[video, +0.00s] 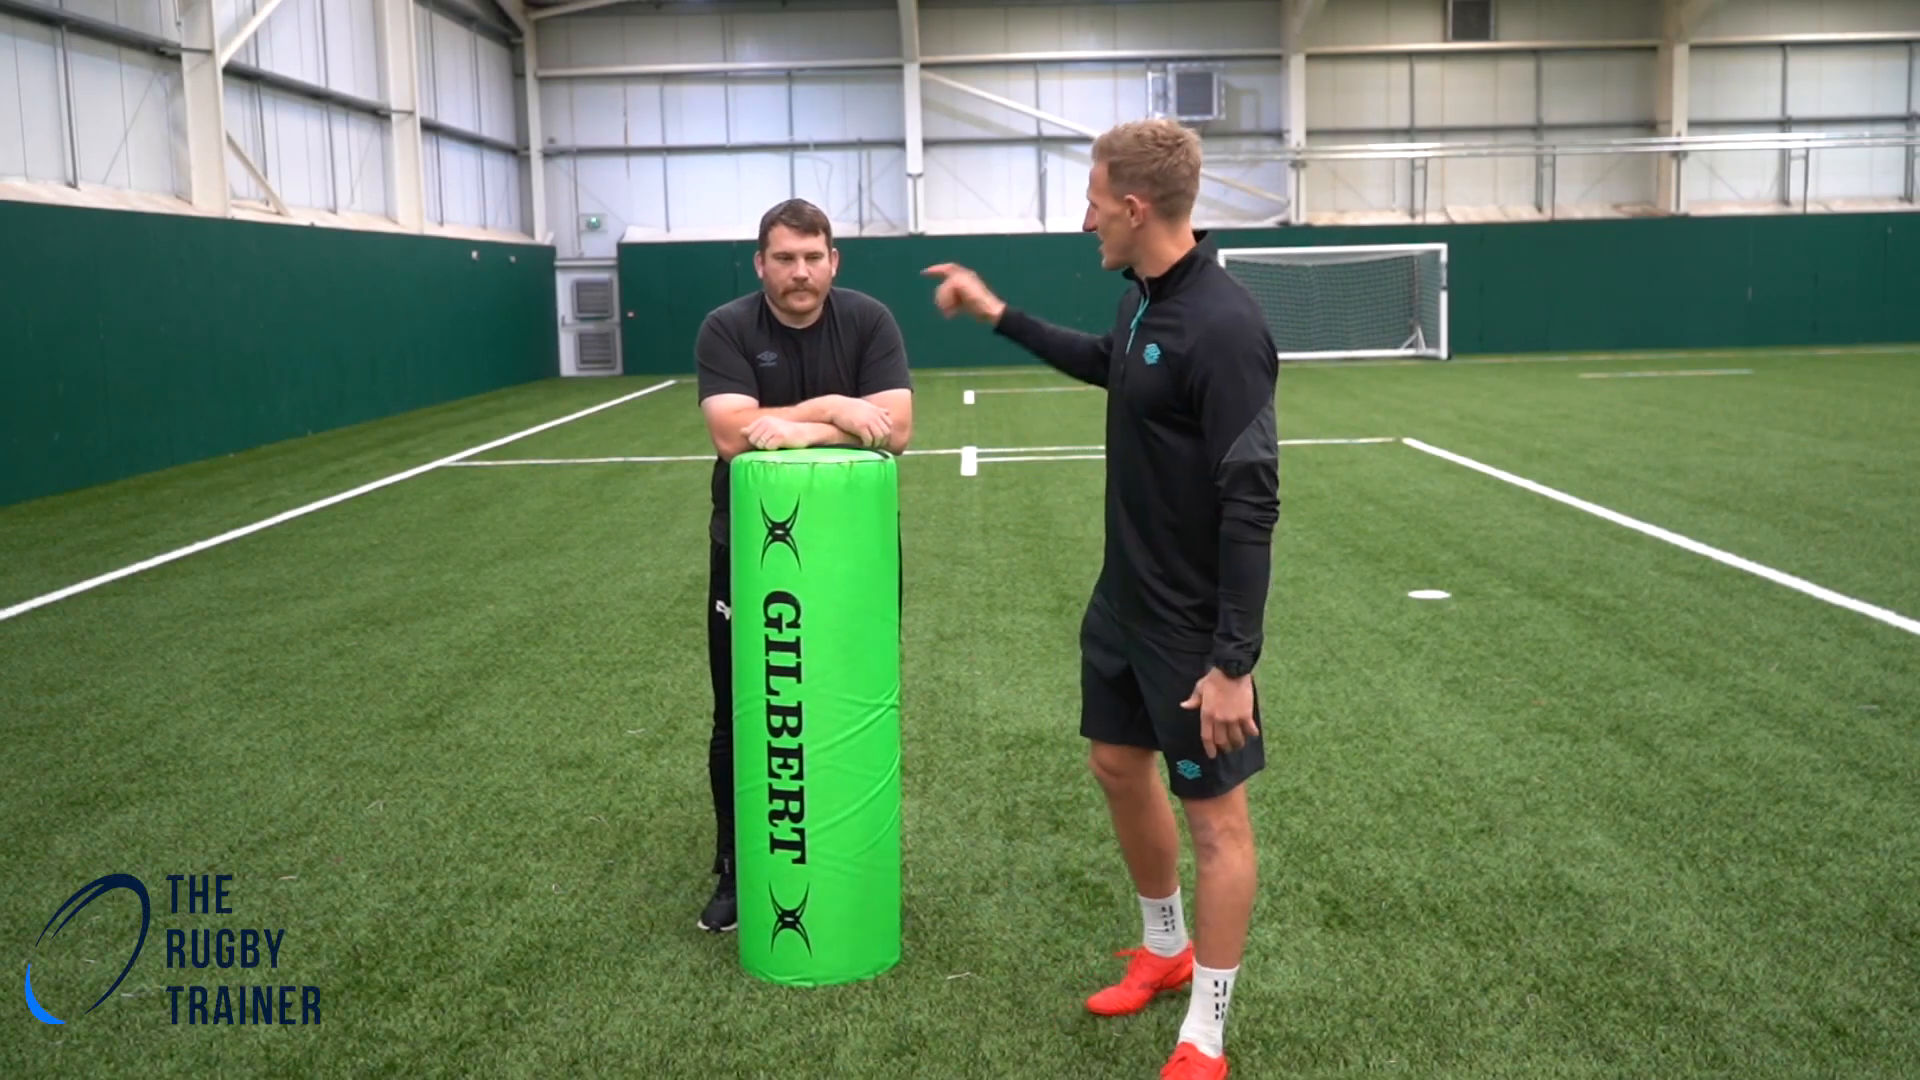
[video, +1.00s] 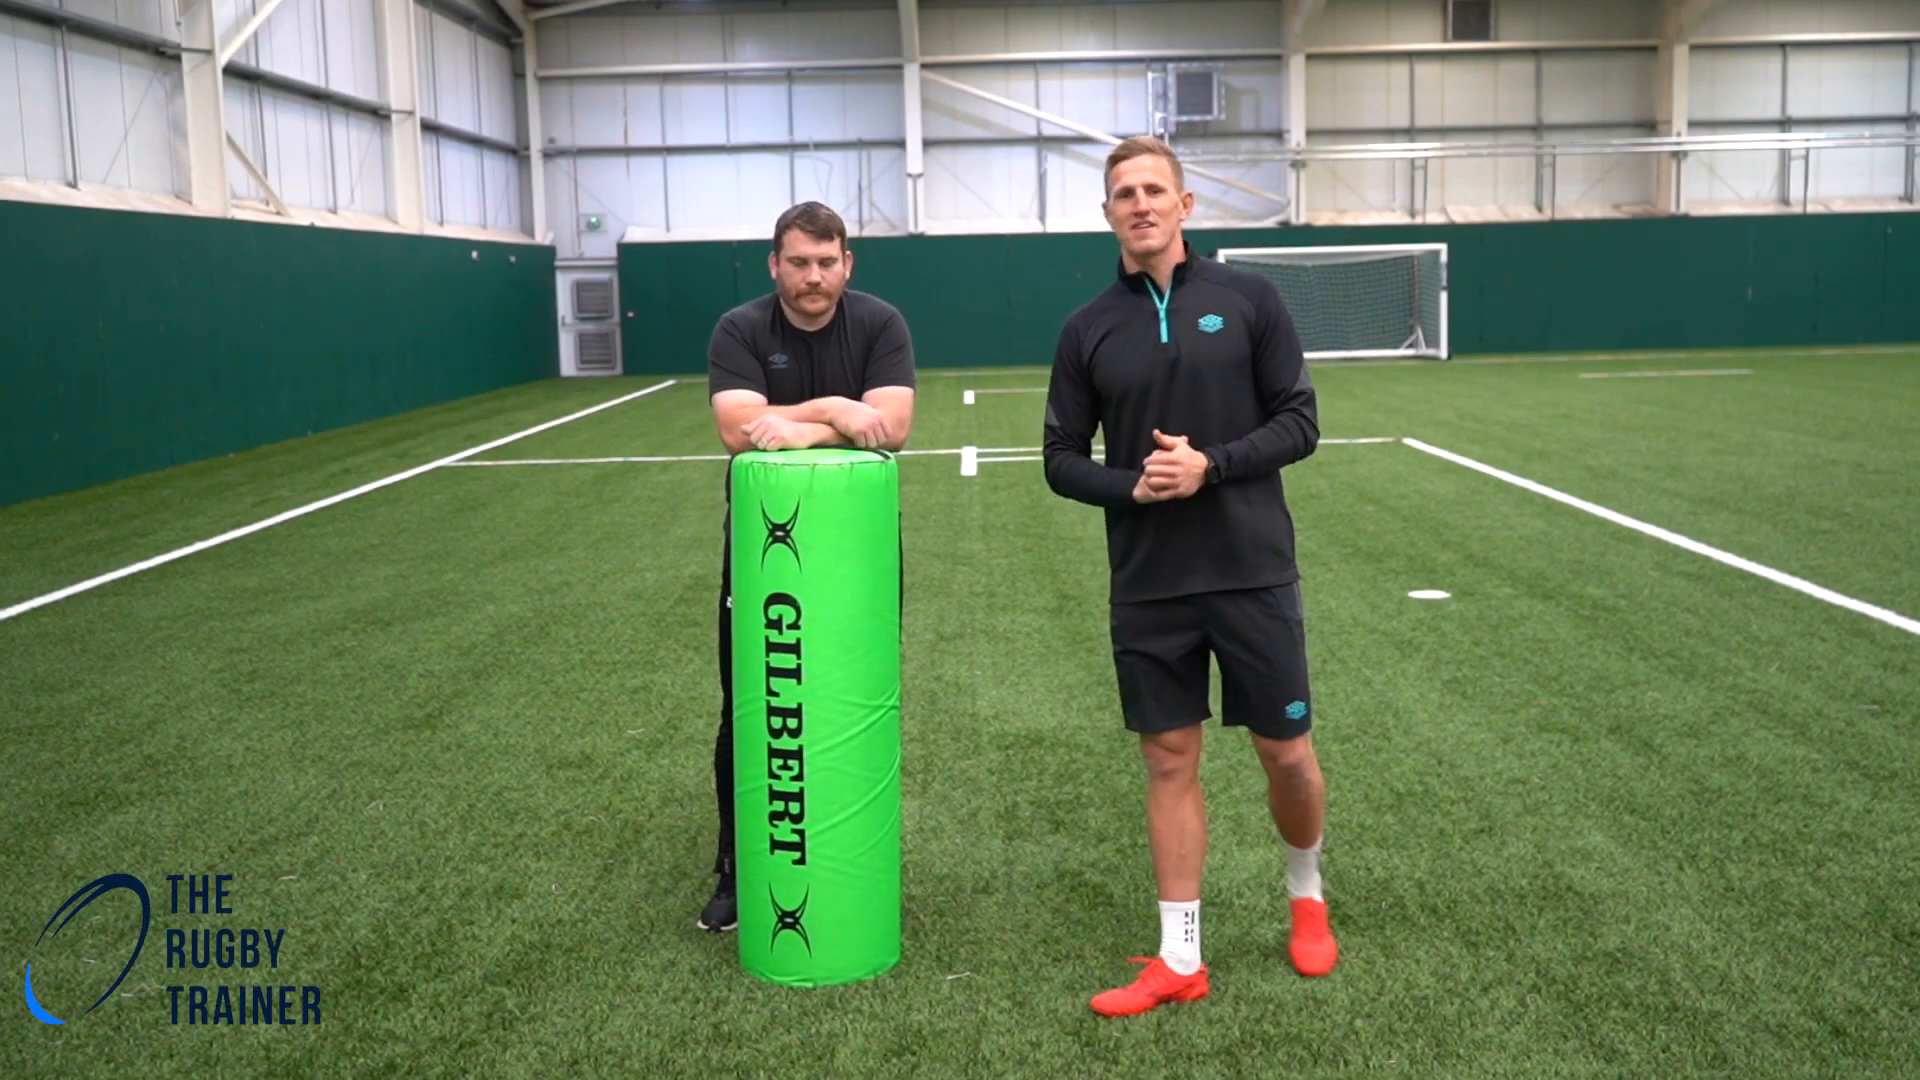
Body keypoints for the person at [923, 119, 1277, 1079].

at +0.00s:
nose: (1087, 220)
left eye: (1095, 204)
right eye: (1089, 201)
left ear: (1140, 209)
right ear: (1147, 207)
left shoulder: (1226, 326)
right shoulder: (1146, 291)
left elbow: (1251, 503)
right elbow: (1113, 367)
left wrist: (1232, 659)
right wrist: (1000, 313)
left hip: (1195, 619)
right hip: (1126, 594)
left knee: (1217, 822)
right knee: (1120, 767)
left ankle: (1206, 1034)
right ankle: (1167, 947)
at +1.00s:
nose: (1138, 205)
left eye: (1152, 190)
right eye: (1123, 194)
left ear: (1185, 203)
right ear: (1107, 215)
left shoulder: (1249, 297)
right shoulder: (1086, 331)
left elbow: (1300, 424)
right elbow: (1061, 463)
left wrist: (1211, 462)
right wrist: (1131, 482)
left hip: (1253, 571)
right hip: (1149, 581)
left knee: (1286, 751)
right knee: (1168, 756)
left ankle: (1308, 895)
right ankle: (1180, 959)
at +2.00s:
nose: (1176, 215)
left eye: (1189, 204)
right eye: (1180, 201)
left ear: (1237, 217)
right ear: (1213, 213)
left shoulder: (1305, 310)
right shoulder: (1169, 298)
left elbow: (1346, 436)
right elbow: (1124, 398)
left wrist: (1350, 566)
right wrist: (1058, 395)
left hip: (1259, 556)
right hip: (1166, 543)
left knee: (1273, 721)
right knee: (1132, 697)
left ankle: (1266, 890)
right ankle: (1138, 872)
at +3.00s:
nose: (1053, 222)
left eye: (1066, 212)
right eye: (1056, 210)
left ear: (1111, 219)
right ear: (1092, 218)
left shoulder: (1181, 305)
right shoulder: (1056, 319)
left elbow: (1220, 426)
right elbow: (1024, 430)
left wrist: (1201, 534)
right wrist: (981, 407)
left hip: (1164, 547)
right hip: (1082, 547)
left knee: (1190, 709)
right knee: (1112, 694)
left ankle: (1218, 895)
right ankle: (1133, 866)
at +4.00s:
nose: (1057, 224)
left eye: (1071, 213)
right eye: (1060, 210)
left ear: (1118, 223)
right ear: (1098, 220)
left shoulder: (1180, 304)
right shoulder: (1053, 316)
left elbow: (1188, 422)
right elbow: (1022, 437)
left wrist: (1073, 424)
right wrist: (1011, 415)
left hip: (1159, 547)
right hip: (1079, 546)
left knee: (1189, 709)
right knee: (1109, 694)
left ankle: (1220, 897)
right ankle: (1132, 867)